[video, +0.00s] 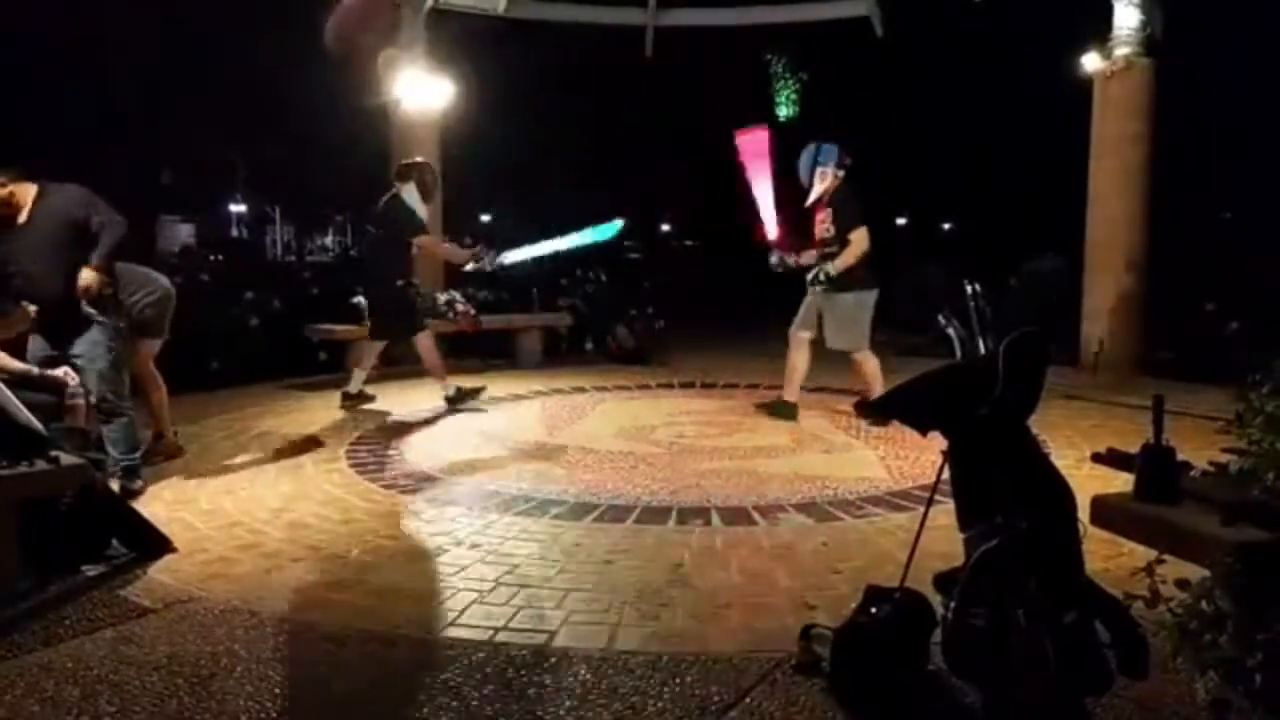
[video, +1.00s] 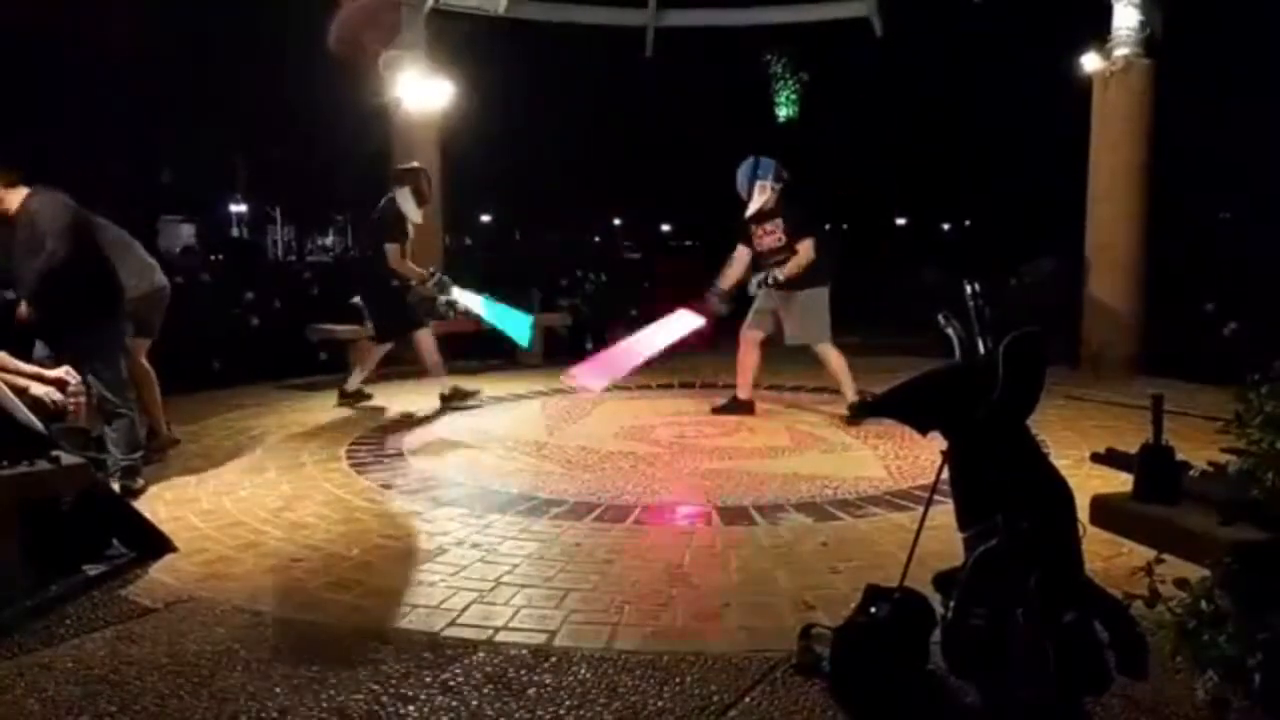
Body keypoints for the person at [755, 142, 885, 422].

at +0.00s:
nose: (817, 182)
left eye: (821, 175)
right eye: (815, 175)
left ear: (832, 173)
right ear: (813, 174)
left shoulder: (845, 200)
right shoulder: (821, 203)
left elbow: (861, 242)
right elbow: (826, 249)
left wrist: (831, 268)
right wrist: (792, 260)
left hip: (854, 287)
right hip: (824, 285)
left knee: (857, 349)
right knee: (799, 335)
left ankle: (879, 401)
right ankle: (788, 400)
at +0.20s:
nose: (816, 181)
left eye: (821, 174)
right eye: (817, 174)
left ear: (833, 174)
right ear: (826, 174)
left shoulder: (848, 200)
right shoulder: (827, 202)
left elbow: (842, 247)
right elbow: (830, 251)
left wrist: (806, 250)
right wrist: (804, 269)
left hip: (853, 289)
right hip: (827, 285)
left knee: (857, 349)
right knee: (798, 333)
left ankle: (879, 402)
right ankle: (810, 397)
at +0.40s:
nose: (798, 186)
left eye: (801, 179)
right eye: (800, 180)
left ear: (812, 177)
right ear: (821, 176)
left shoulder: (824, 202)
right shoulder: (826, 199)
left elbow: (796, 241)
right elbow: (821, 246)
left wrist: (781, 229)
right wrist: (793, 256)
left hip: (839, 290)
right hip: (813, 288)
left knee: (854, 347)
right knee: (782, 331)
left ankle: (879, 400)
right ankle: (762, 391)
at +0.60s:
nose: (769, 194)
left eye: (773, 188)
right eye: (771, 189)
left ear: (784, 188)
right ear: (788, 187)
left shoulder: (800, 212)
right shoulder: (781, 212)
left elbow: (797, 256)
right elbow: (779, 252)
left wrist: (776, 271)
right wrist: (764, 252)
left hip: (818, 295)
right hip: (789, 294)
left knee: (840, 349)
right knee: (761, 339)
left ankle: (876, 396)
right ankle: (743, 398)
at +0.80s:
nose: (753, 190)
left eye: (757, 184)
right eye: (751, 184)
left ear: (768, 185)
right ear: (749, 185)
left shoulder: (786, 210)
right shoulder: (747, 218)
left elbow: (797, 255)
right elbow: (727, 252)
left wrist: (778, 286)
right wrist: (690, 256)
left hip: (811, 285)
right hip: (775, 287)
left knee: (826, 344)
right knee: (751, 335)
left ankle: (859, 401)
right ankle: (743, 399)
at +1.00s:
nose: (755, 196)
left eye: (761, 189)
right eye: (751, 190)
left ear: (773, 186)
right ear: (746, 190)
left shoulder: (794, 211)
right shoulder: (750, 219)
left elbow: (807, 253)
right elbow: (740, 258)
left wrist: (778, 275)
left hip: (808, 286)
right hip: (770, 287)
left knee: (821, 344)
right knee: (749, 335)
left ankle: (853, 400)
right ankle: (743, 398)